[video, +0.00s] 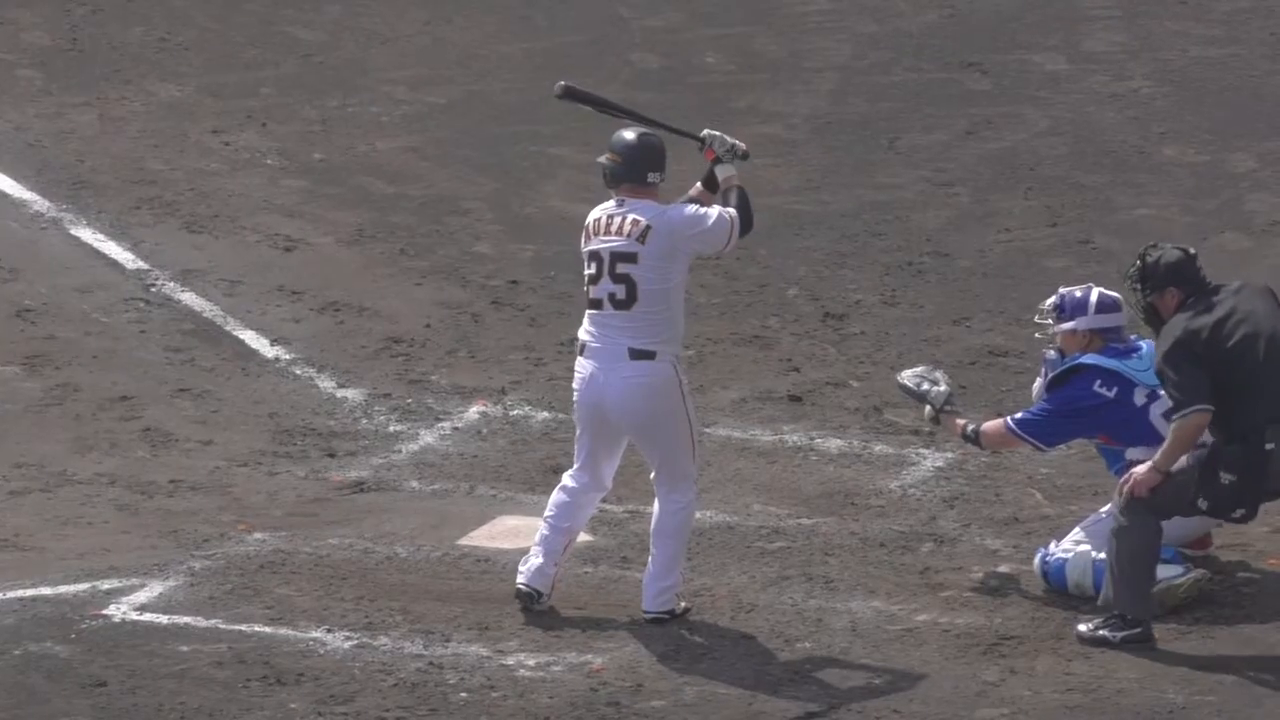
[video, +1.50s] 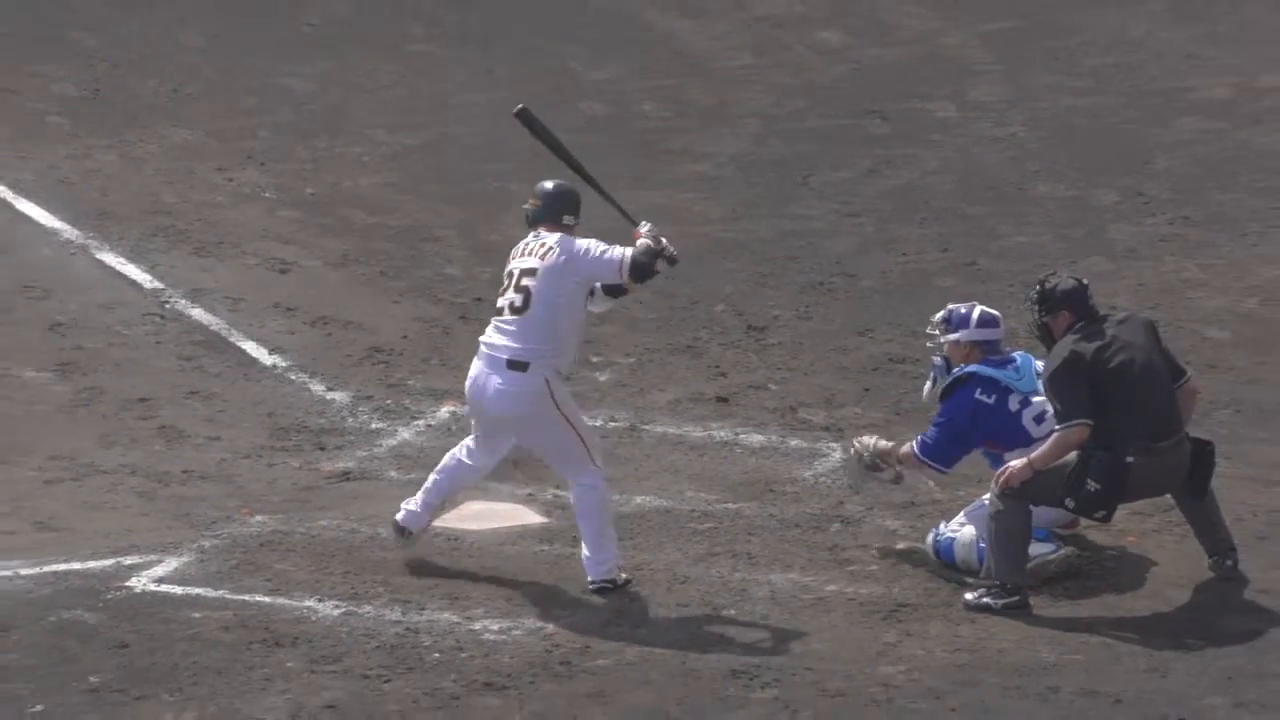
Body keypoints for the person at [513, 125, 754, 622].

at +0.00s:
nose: (606, 175)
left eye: (610, 168)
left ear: (612, 173)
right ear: (659, 173)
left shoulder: (595, 220)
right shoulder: (675, 221)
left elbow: (670, 214)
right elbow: (740, 221)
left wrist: (711, 173)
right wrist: (731, 175)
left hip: (589, 372)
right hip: (650, 378)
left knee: (585, 476)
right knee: (675, 486)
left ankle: (534, 576)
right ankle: (661, 599)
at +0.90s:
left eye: (582, 197)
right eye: (630, 199)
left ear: (584, 199)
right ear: (627, 202)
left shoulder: (567, 242)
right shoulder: (638, 245)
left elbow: (641, 278)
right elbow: (708, 263)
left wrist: (710, 232)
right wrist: (705, 219)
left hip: (539, 392)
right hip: (599, 402)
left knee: (592, 435)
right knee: (632, 501)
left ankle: (554, 515)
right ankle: (619, 608)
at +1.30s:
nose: (594, 215)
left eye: (548, 201)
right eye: (593, 207)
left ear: (551, 205)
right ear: (591, 208)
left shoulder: (537, 243)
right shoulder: (598, 246)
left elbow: (607, 293)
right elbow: (668, 272)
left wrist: (666, 261)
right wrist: (672, 237)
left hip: (499, 381)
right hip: (548, 394)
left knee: (587, 404)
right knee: (598, 484)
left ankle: (532, 499)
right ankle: (601, 587)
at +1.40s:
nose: (538, 210)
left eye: (541, 204)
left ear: (545, 208)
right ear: (582, 212)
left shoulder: (530, 245)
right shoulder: (588, 247)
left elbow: (604, 295)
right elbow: (656, 268)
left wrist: (667, 263)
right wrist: (662, 239)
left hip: (490, 378)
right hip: (539, 389)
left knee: (534, 429)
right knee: (594, 479)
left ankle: (480, 506)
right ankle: (603, 581)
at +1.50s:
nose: (529, 218)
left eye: (531, 212)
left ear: (535, 215)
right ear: (570, 218)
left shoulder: (522, 250)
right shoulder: (573, 251)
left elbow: (593, 293)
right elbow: (638, 265)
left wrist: (651, 261)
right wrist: (647, 239)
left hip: (481, 376)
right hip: (528, 387)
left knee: (480, 448)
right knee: (587, 473)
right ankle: (603, 571)